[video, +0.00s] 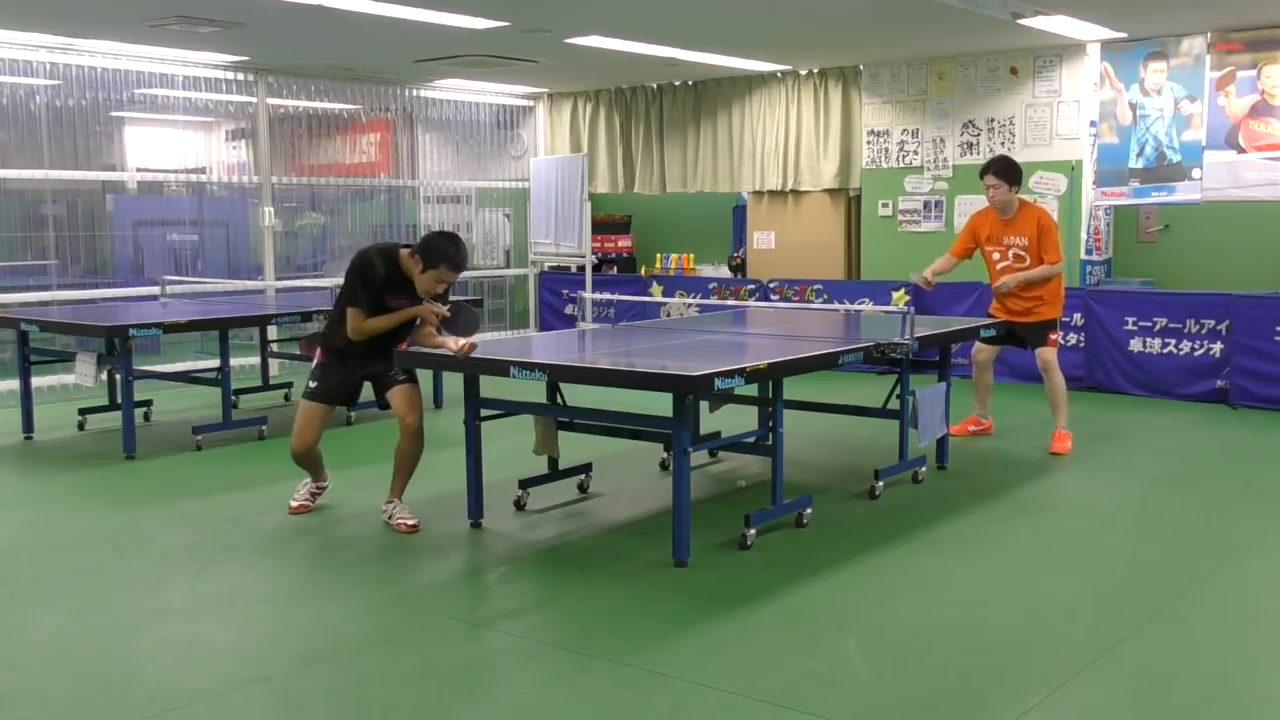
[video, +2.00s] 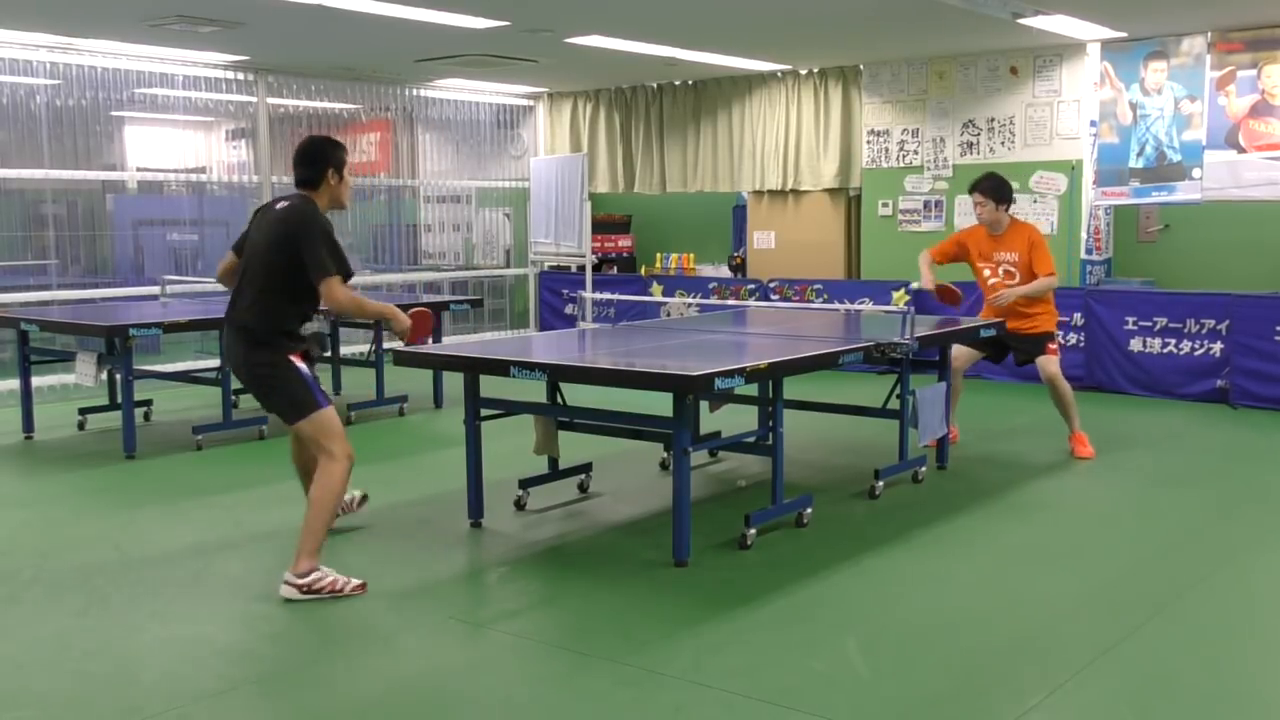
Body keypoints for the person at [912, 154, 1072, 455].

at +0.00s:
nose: (989, 194)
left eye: (995, 188)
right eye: (986, 188)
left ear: (1014, 187)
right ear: (984, 188)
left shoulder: (1039, 218)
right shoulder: (980, 221)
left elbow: (1055, 266)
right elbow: (954, 256)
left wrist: (1019, 277)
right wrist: (931, 271)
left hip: (1042, 307)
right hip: (1003, 306)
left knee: (1047, 361)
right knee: (980, 356)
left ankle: (1062, 429)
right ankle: (981, 419)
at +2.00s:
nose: (977, 211)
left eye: (982, 205)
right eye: (975, 205)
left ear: (1003, 206)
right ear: (973, 206)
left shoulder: (1029, 234)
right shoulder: (970, 238)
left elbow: (1050, 280)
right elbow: (926, 255)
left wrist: (1016, 292)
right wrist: (927, 276)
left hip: (1035, 322)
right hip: (993, 321)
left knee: (1051, 374)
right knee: (953, 361)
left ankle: (1076, 433)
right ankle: (947, 427)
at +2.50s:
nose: (1001, 184)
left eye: (1008, 178)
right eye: (999, 179)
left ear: (1027, 181)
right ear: (999, 182)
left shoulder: (1052, 216)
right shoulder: (999, 220)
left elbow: (1076, 256)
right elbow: (975, 256)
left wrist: (1046, 271)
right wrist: (945, 261)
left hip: (1053, 312)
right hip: (1015, 311)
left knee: (1058, 368)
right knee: (988, 355)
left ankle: (1075, 424)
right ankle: (957, 417)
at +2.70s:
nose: (1016, 182)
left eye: (1023, 177)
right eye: (1014, 177)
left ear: (1041, 180)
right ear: (1012, 180)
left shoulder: (1066, 213)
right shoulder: (1013, 217)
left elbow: (1091, 253)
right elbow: (1004, 257)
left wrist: (1063, 281)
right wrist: (985, 276)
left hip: (1070, 301)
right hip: (1031, 301)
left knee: (1083, 358)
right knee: (1010, 353)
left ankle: (1115, 417)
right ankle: (1018, 402)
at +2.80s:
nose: (1025, 197)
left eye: (1031, 190)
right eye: (1022, 191)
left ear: (1050, 192)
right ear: (1020, 194)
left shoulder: (1077, 225)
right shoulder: (1020, 231)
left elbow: (1100, 264)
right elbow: (1008, 270)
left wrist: (1076, 292)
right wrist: (1003, 285)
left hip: (1079, 309)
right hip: (1041, 309)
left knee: (1086, 365)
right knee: (1016, 360)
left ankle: (1121, 421)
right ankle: (1022, 410)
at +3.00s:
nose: (1054, 196)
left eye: (1060, 190)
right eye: (1052, 191)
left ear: (1079, 192)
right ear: (1051, 195)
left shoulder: (1109, 218)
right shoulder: (1044, 231)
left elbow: (1143, 236)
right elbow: (1002, 242)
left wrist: (1143, 272)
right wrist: (968, 233)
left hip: (1120, 307)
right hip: (1076, 311)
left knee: (1138, 361)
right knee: (1044, 359)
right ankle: (1030, 407)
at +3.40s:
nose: (1060, 183)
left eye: (1066, 178)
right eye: (1057, 178)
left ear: (1085, 180)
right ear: (1055, 181)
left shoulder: (1107, 217)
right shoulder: (1048, 217)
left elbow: (1134, 255)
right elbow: (1018, 248)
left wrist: (1124, 287)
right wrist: (993, 247)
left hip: (1103, 304)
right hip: (1064, 305)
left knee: (1126, 358)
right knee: (1036, 352)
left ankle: (1157, 420)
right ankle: (1044, 408)